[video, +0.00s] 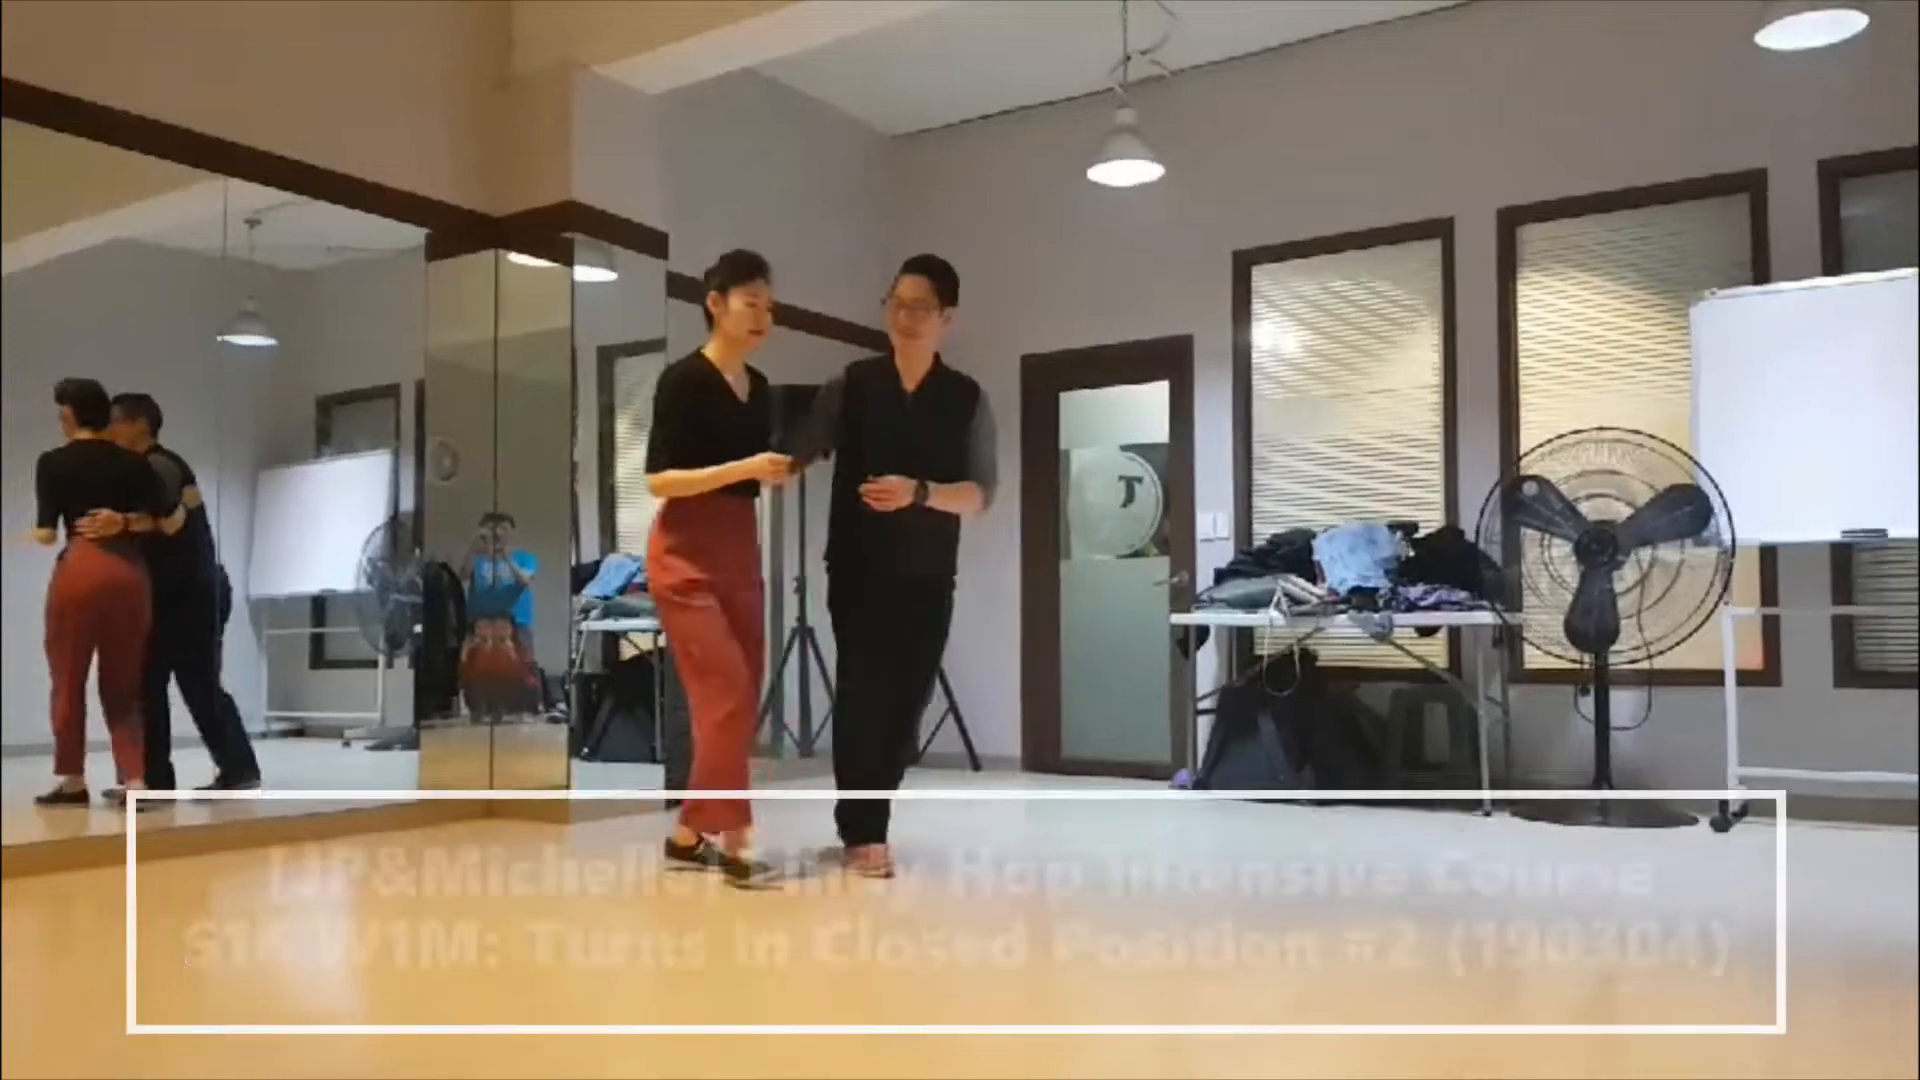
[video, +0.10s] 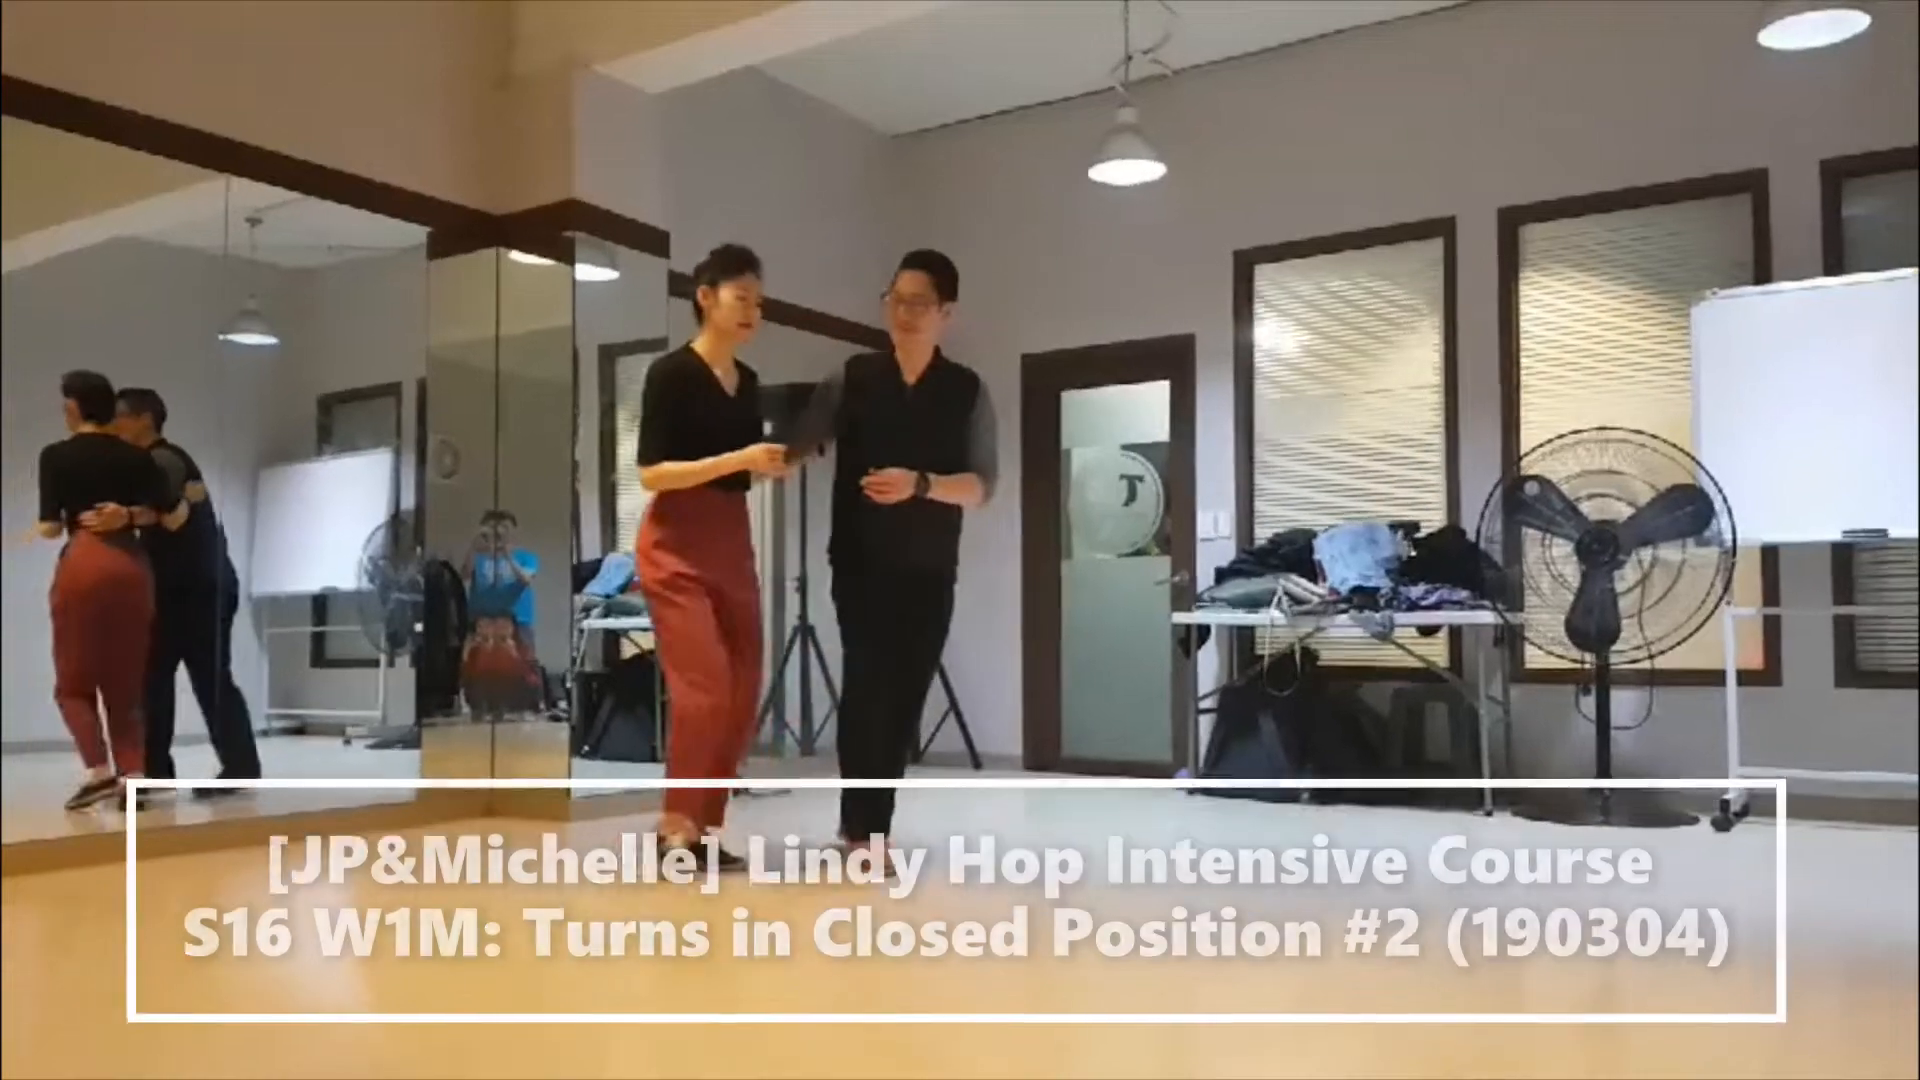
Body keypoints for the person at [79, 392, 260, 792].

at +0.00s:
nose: (111, 434)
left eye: (118, 425)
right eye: (111, 425)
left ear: (143, 426)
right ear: (139, 427)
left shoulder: (164, 465)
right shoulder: (137, 469)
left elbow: (169, 517)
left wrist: (120, 522)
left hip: (193, 588)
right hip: (157, 588)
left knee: (198, 684)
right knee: (147, 684)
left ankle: (239, 769)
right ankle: (155, 778)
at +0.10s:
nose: (116, 427)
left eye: (123, 419)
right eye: (116, 419)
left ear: (147, 421)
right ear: (141, 422)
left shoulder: (168, 459)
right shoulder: (142, 463)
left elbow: (172, 511)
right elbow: (145, 514)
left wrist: (126, 516)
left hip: (205, 582)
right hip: (167, 583)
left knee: (211, 677)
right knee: (153, 676)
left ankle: (241, 769)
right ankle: (155, 770)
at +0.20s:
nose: (117, 426)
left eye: (123, 417)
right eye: (117, 417)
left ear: (149, 417)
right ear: (147, 419)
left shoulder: (170, 456)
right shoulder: (148, 460)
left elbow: (169, 504)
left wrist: (127, 511)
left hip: (207, 578)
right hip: (172, 579)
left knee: (217, 672)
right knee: (150, 672)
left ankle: (243, 767)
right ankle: (153, 766)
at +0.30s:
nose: (115, 425)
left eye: (122, 416)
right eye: (115, 417)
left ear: (149, 417)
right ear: (147, 419)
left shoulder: (170, 458)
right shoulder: (150, 463)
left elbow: (170, 505)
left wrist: (127, 511)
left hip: (209, 582)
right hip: (177, 585)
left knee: (217, 673)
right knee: (148, 673)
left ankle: (244, 768)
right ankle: (154, 769)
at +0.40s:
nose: (112, 431)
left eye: (119, 421)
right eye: (111, 422)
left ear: (148, 421)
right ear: (145, 424)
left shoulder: (167, 465)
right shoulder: (146, 469)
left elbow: (172, 516)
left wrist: (125, 517)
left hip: (201, 590)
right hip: (175, 592)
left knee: (209, 682)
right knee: (140, 679)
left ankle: (246, 770)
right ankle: (161, 771)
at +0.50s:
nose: (107, 429)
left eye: (113, 419)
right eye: (106, 420)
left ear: (143, 419)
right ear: (139, 421)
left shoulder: (162, 463)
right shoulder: (140, 465)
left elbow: (165, 517)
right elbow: (145, 517)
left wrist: (120, 520)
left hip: (187, 589)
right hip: (161, 588)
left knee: (183, 674)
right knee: (141, 676)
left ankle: (242, 759)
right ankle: (162, 771)